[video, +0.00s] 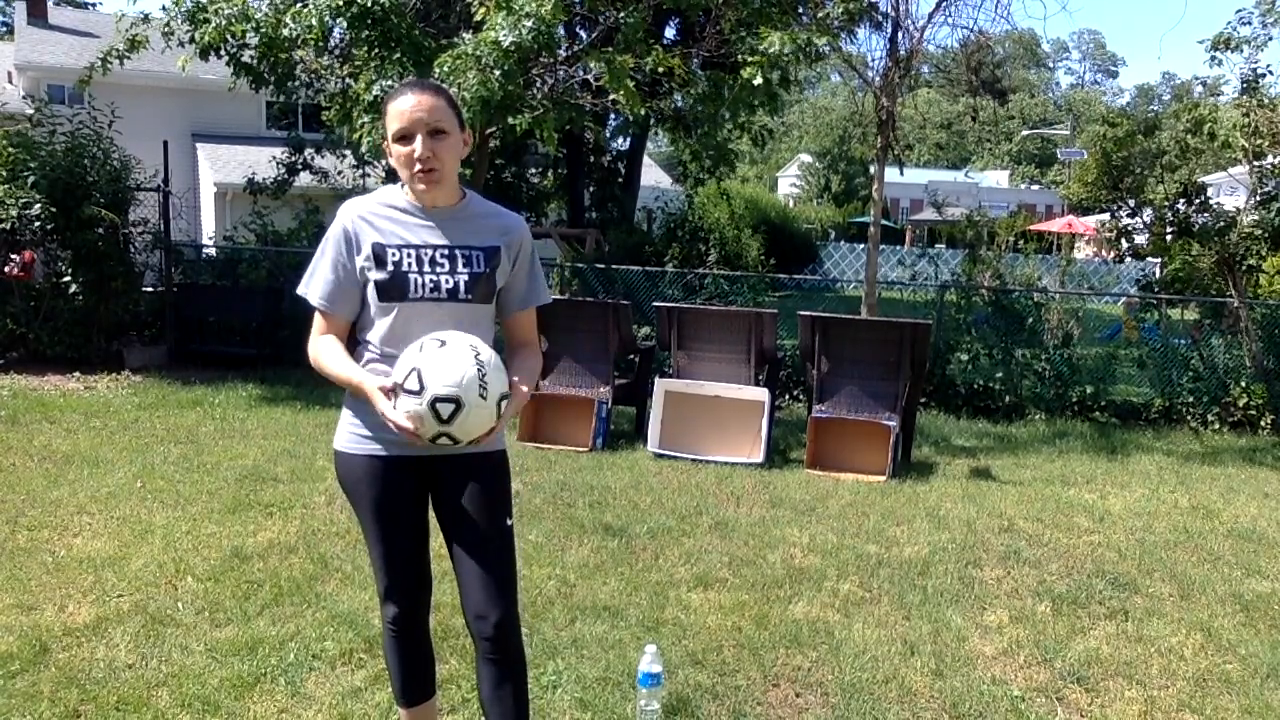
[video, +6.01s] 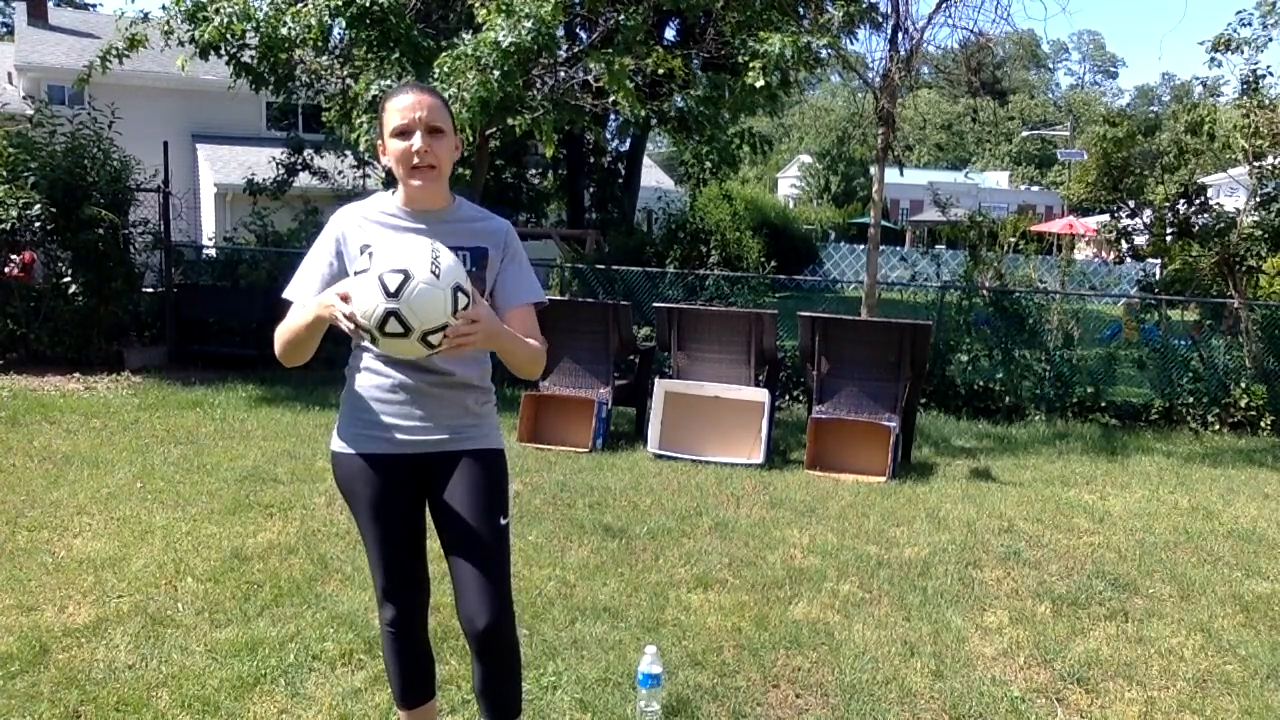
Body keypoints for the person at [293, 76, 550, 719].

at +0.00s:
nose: (422, 148)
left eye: (437, 133)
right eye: (405, 136)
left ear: (464, 141)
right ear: (388, 150)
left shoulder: (505, 230)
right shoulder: (357, 223)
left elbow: (524, 340)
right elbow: (322, 342)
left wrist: (519, 386)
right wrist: (366, 384)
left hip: (474, 448)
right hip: (378, 448)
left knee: (495, 621)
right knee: (403, 610)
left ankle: (510, 718)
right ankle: (419, 714)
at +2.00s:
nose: (441, 143)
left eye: (456, 128)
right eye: (424, 130)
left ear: (477, 142)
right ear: (401, 144)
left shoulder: (510, 231)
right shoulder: (363, 221)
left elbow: (497, 365)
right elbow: (342, 352)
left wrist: (402, 324)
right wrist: (290, 307)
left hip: (474, 442)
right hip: (380, 440)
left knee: (511, 624)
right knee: (405, 610)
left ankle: (511, 718)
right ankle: (420, 714)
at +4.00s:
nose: (401, 144)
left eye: (416, 130)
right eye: (384, 130)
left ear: (438, 142)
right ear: (361, 145)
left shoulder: (482, 223)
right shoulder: (335, 229)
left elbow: (528, 340)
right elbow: (299, 356)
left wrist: (506, 344)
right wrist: (356, 333)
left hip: (472, 439)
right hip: (377, 440)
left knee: (497, 618)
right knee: (402, 610)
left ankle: (506, 718)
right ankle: (419, 715)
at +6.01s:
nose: (420, 143)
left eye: (434, 130)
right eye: (403, 132)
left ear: (457, 145)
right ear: (382, 152)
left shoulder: (493, 233)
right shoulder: (350, 226)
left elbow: (534, 363)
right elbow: (288, 352)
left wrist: (497, 332)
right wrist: (320, 308)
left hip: (467, 440)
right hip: (374, 440)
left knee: (489, 621)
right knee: (399, 610)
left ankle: (502, 719)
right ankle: (418, 716)